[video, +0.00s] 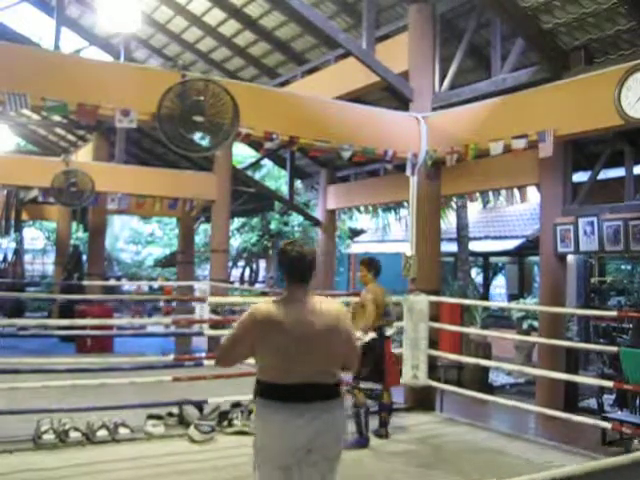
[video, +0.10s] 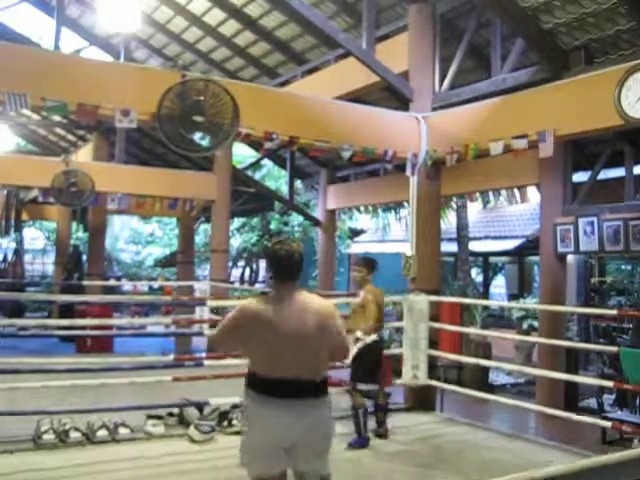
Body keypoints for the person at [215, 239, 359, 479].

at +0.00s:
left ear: (281, 272)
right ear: (313, 271)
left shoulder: (261, 315)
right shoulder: (335, 313)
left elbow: (224, 358)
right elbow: (351, 362)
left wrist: (261, 341)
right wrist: (321, 349)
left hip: (275, 417)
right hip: (327, 415)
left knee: (273, 475)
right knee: (321, 475)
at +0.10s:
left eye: (268, 264)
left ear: (269, 269)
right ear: (300, 269)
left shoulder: (250, 311)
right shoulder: (324, 309)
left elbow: (216, 344)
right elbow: (341, 352)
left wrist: (255, 341)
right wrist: (308, 348)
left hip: (264, 414)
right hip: (313, 413)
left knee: (266, 474)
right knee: (314, 474)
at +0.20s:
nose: (256, 268)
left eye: (257, 264)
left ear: (259, 268)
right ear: (292, 268)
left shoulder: (242, 308)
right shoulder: (314, 306)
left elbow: (211, 340)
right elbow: (333, 347)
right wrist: (300, 336)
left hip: (257, 409)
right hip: (304, 409)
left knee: (264, 475)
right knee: (308, 473)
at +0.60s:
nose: (247, 272)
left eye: (248, 267)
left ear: (250, 272)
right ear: (279, 273)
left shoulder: (230, 303)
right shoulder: (295, 307)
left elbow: (198, 328)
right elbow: (309, 346)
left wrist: (230, 323)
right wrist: (279, 341)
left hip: (241, 393)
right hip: (283, 393)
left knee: (252, 468)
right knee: (272, 462)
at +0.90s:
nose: (240, 268)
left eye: (242, 264)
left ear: (245, 266)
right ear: (272, 269)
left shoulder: (227, 298)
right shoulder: (286, 303)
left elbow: (193, 329)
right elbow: (299, 347)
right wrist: (269, 343)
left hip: (236, 384)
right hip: (277, 382)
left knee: (217, 458)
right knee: (259, 452)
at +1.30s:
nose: (212, 267)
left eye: (214, 262)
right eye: (214, 262)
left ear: (220, 267)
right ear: (244, 269)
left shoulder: (205, 299)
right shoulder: (259, 299)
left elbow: (175, 329)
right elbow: (271, 335)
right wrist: (244, 330)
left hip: (214, 377)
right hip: (254, 374)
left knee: (206, 449)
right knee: (247, 449)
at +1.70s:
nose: (178, 270)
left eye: (180, 266)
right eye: (179, 266)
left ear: (185, 267)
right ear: (209, 267)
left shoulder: (173, 295)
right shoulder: (227, 295)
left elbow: (148, 326)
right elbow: (246, 330)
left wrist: (176, 323)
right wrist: (221, 331)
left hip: (182, 370)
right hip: (219, 369)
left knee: (189, 441)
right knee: (223, 436)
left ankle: (192, 475)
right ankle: (226, 475)